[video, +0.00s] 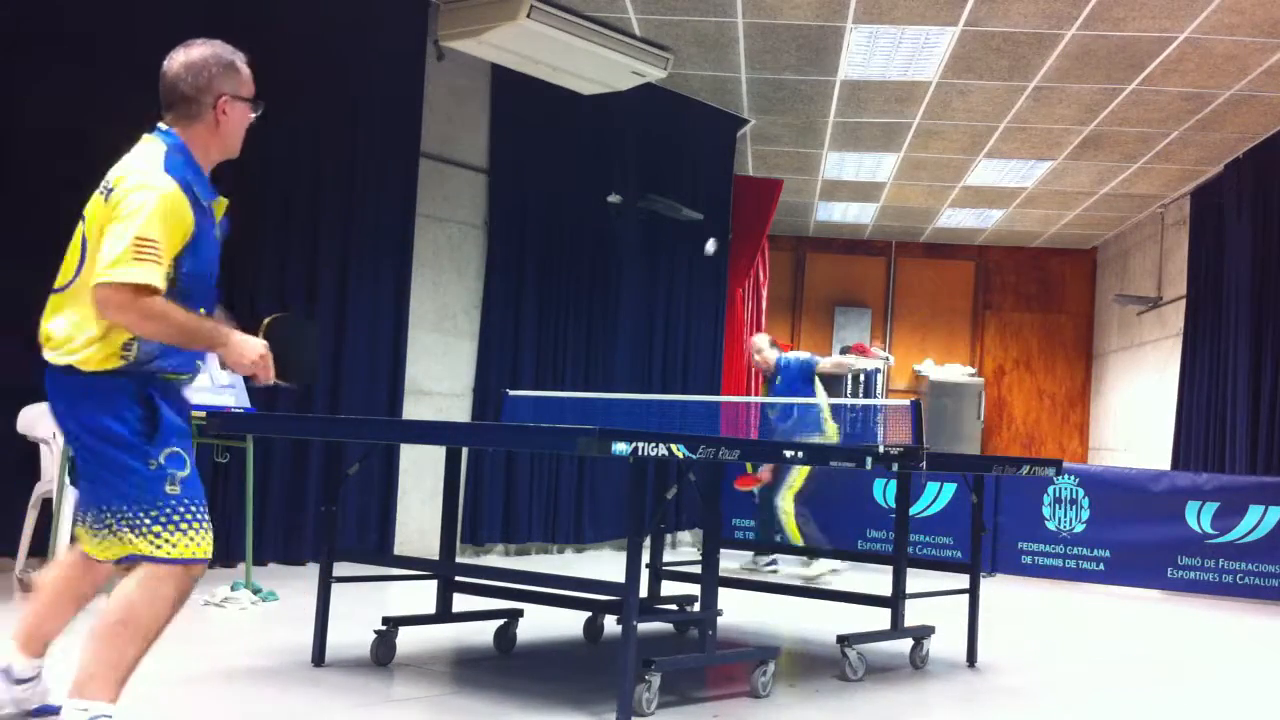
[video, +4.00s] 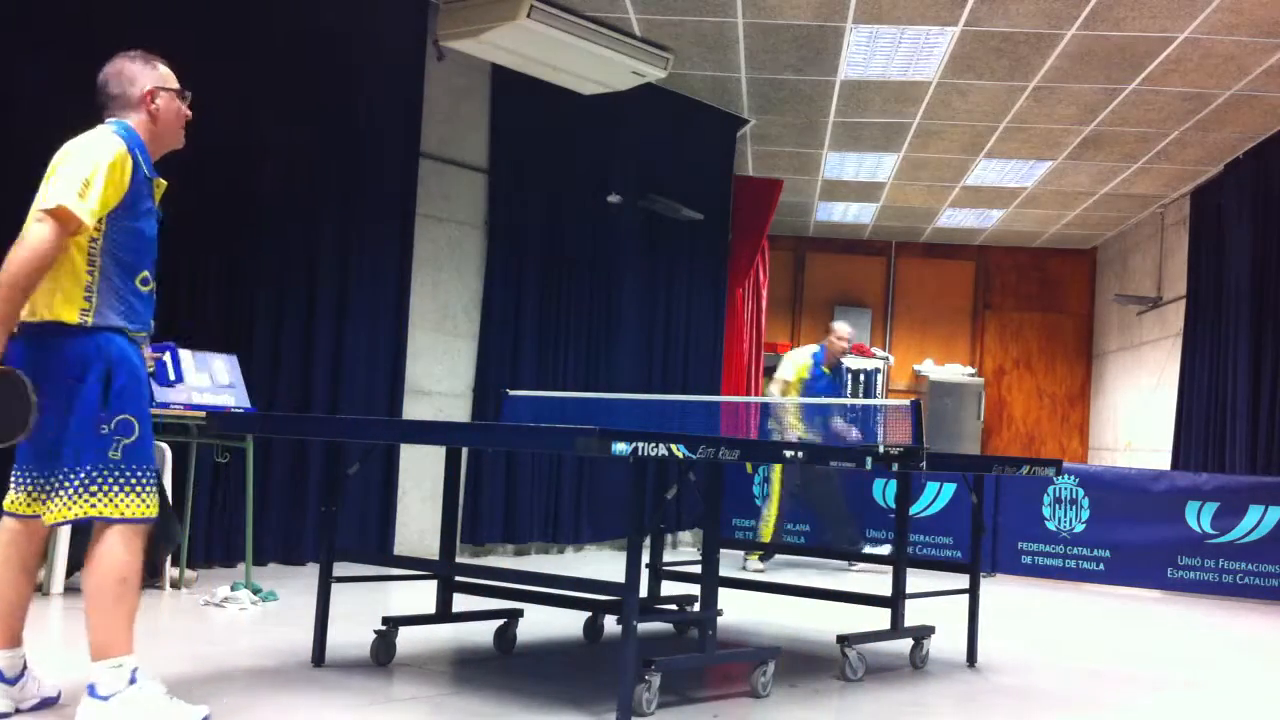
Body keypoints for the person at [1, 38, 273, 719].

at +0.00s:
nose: (252, 117)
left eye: (252, 104)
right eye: (248, 103)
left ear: (192, 106)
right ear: (221, 109)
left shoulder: (164, 169)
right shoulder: (159, 182)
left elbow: (160, 294)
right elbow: (119, 299)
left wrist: (224, 339)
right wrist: (227, 339)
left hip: (108, 377)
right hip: (113, 381)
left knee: (108, 539)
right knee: (179, 551)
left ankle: (15, 671)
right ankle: (87, 708)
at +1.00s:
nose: (684, 172)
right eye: (680, 165)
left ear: (612, 165)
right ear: (671, 165)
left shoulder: (585, 199)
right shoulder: (715, 220)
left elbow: (536, 248)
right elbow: (708, 312)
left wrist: (542, 363)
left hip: (622, 383)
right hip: (716, 388)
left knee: (559, 555)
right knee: (755, 572)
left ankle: (521, 707)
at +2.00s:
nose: (487, 180)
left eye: (481, 165)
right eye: (480, 170)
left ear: (503, 137)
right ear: (513, 130)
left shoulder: (567, 157)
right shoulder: (594, 150)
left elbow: (496, 249)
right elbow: (625, 265)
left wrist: (459, 168)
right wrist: (556, 311)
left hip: (623, 375)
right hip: (595, 371)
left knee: (627, 560)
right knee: (554, 536)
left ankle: (675, 712)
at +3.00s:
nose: (167, 83)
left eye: (172, 76)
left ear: (186, 89)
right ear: (250, 84)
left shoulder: (193, 142)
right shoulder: (328, 154)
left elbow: (91, 168)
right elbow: (362, 254)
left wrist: (152, 99)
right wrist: (350, 348)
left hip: (219, 357)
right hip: (296, 359)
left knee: (197, 529)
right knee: (228, 519)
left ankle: (225, 698)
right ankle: (213, 664)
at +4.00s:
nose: (189, 106)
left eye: (185, 95)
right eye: (180, 93)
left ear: (139, 102)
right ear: (151, 99)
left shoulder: (125, 162)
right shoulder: (107, 150)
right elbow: (43, 236)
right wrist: (3, 328)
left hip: (62, 347)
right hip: (92, 348)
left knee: (26, 510)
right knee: (128, 510)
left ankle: (7, 671)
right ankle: (115, 681)